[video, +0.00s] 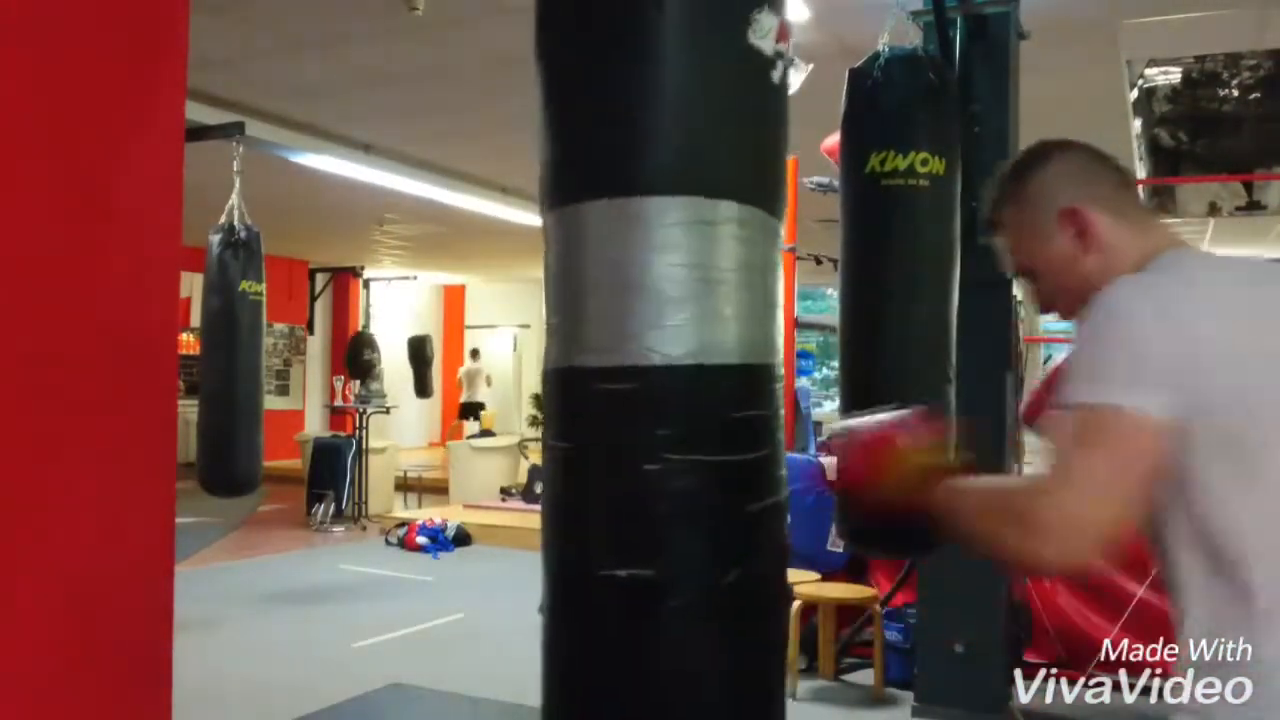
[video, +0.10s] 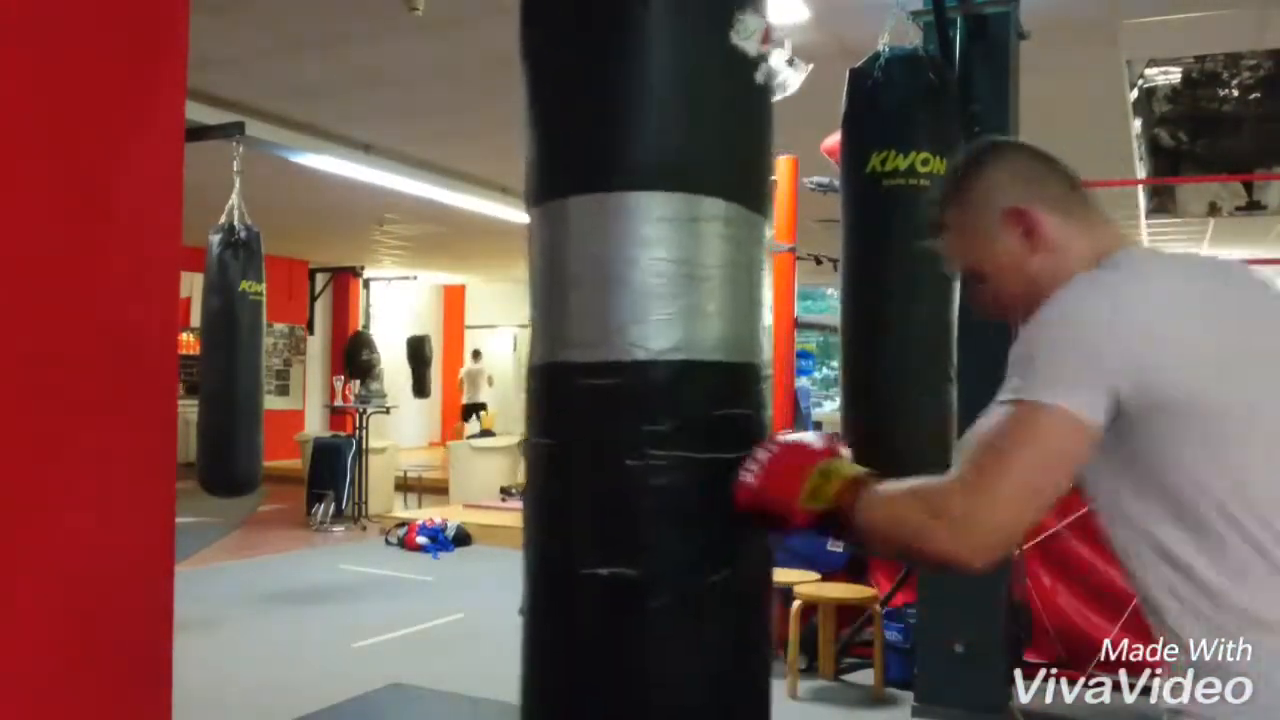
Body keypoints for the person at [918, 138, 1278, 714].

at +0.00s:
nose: (1040, 305)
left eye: (1031, 276)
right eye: (1025, 281)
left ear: (1080, 230)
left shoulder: (1145, 311)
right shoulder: (1263, 285)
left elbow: (1069, 529)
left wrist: (933, 494)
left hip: (1244, 692)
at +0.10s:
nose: (979, 307)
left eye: (976, 277)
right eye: (967, 285)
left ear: (1028, 232)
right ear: (1038, 225)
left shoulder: (1094, 315)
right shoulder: (1237, 288)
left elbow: (969, 530)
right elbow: (985, 494)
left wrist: (834, 490)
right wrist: (858, 488)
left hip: (1241, 692)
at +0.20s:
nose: (929, 324)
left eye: (926, 293)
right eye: (918, 301)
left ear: (983, 244)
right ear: (984, 239)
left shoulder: (1108, 326)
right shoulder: (1086, 324)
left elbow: (1054, 569)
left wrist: (898, 513)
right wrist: (1005, 456)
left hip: (1234, 689)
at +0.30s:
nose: (899, 354)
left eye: (897, 323)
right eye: (888, 332)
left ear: (953, 275)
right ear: (953, 275)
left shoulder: (1125, 361)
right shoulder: (1029, 388)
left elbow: (1155, 620)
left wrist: (964, 532)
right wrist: (879, 500)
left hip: (1232, 702)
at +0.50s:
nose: (894, 310)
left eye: (885, 283)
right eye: (880, 288)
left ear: (915, 247)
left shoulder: (1033, 329)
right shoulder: (1086, 306)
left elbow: (1013, 591)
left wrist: (874, 507)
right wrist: (925, 492)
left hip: (1191, 699)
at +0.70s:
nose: (946, 287)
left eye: (945, 256)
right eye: (937, 264)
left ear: (1004, 215)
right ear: (1008, 211)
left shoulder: (1096, 305)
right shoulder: (1139, 297)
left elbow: (979, 518)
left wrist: (808, 470)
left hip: (1200, 693)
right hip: (1237, 686)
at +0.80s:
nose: (966, 303)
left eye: (970, 270)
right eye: (960, 280)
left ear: (1036, 230)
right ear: (1040, 231)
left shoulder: (1117, 318)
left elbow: (1130, 556)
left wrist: (952, 493)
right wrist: (1012, 479)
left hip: (1200, 697)